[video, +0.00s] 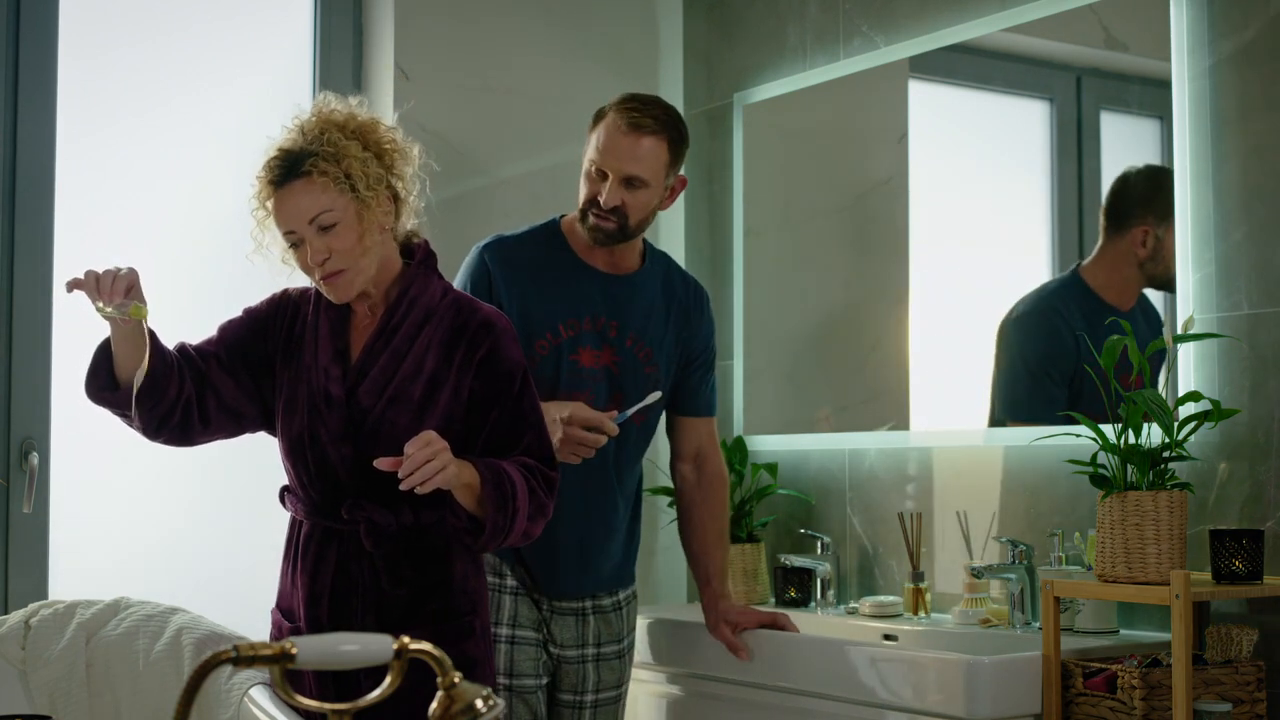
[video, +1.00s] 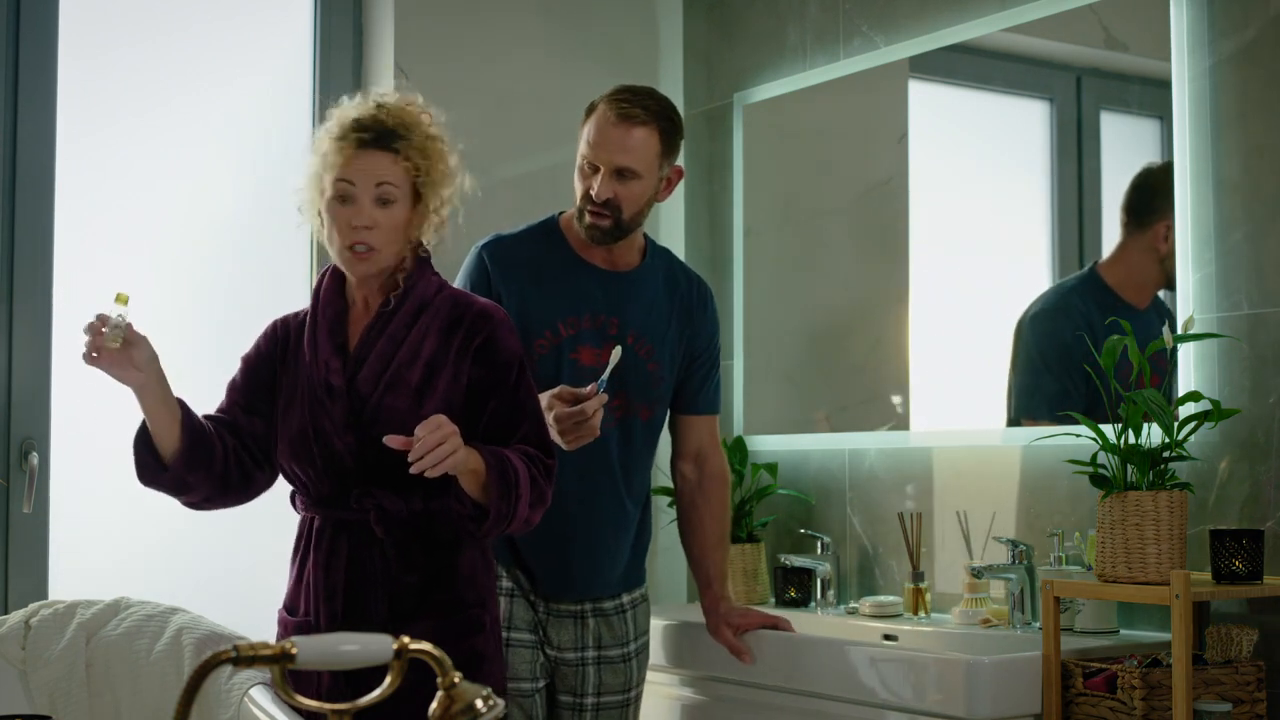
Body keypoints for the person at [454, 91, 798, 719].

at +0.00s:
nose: (605, 198)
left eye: (632, 185)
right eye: (597, 173)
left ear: (671, 191)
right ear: (583, 159)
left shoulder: (682, 304)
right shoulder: (500, 268)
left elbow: (698, 461)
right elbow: (448, 406)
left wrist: (716, 597)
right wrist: (529, 418)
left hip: (602, 578)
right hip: (497, 566)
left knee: (592, 711)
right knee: (501, 713)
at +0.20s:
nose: (605, 198)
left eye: (632, 185)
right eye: (597, 173)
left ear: (672, 191)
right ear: (583, 158)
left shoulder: (683, 303)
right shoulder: (501, 268)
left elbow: (697, 461)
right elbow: (450, 404)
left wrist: (716, 596)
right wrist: (533, 403)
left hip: (604, 581)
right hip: (498, 568)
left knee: (594, 711)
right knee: (501, 714)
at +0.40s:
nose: (604, 195)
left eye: (631, 182)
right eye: (596, 170)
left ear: (671, 189)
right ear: (582, 157)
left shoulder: (683, 304)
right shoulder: (501, 267)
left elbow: (697, 461)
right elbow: (452, 414)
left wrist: (715, 596)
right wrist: (532, 412)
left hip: (605, 582)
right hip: (498, 569)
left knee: (596, 711)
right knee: (501, 714)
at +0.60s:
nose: (600, 193)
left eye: (626, 179)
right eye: (592, 168)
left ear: (668, 187)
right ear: (579, 155)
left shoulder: (684, 301)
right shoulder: (500, 268)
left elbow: (697, 461)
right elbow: (453, 419)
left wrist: (715, 597)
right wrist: (534, 425)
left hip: (607, 583)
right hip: (499, 571)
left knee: (598, 710)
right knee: (501, 713)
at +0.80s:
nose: (598, 193)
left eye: (624, 178)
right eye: (590, 168)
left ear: (667, 184)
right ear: (576, 155)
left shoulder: (685, 300)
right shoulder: (499, 269)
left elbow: (698, 460)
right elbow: (452, 419)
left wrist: (715, 598)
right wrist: (532, 426)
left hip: (609, 583)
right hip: (499, 572)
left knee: (602, 711)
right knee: (501, 713)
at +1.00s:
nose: (598, 191)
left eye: (624, 176)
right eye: (589, 166)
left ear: (667, 182)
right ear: (576, 154)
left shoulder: (686, 300)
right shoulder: (500, 267)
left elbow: (699, 461)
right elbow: (452, 418)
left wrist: (716, 598)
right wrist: (535, 423)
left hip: (611, 585)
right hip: (500, 575)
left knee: (603, 711)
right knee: (500, 712)